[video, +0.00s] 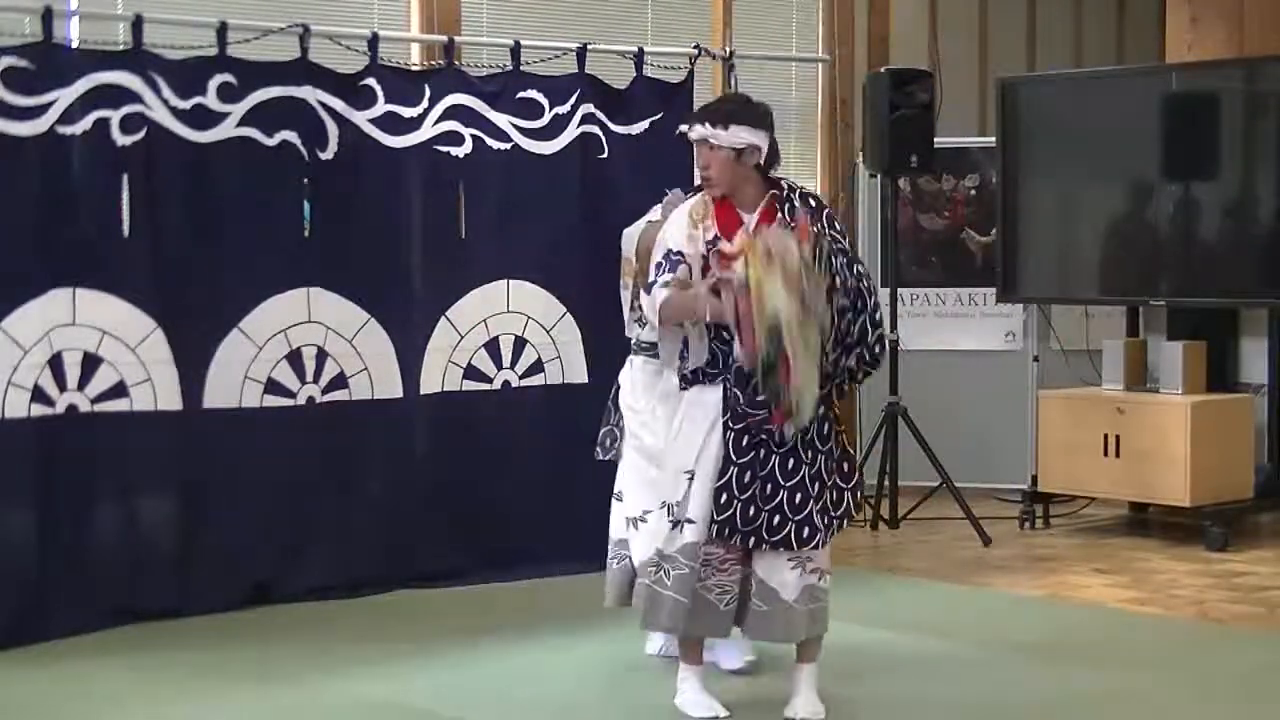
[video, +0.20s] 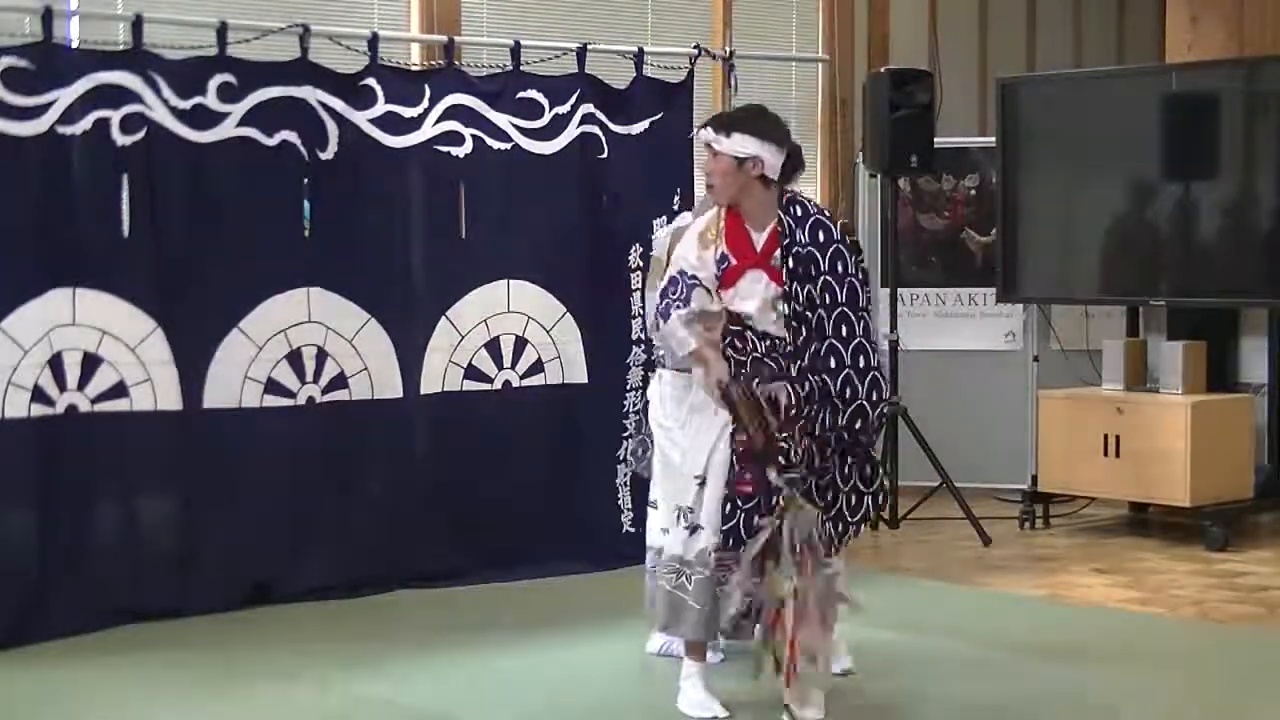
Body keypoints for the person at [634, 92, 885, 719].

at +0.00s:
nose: (699, 162)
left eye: (709, 151)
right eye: (698, 150)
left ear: (748, 155)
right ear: (710, 154)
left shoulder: (809, 217)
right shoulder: (689, 220)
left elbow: (854, 307)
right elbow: (657, 305)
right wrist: (714, 303)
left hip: (798, 398)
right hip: (716, 397)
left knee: (805, 540)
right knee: (711, 539)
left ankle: (806, 682)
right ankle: (691, 674)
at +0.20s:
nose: (704, 168)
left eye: (713, 158)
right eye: (705, 157)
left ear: (751, 167)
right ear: (737, 165)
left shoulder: (814, 234)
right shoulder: (704, 234)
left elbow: (848, 338)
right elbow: (666, 317)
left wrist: (798, 388)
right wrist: (700, 343)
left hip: (808, 412)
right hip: (726, 408)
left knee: (816, 542)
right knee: (717, 536)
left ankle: (808, 684)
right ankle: (694, 670)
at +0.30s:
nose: (709, 172)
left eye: (719, 162)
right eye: (711, 161)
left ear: (756, 172)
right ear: (741, 170)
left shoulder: (823, 240)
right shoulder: (706, 238)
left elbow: (850, 343)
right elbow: (676, 321)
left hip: (804, 409)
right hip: (720, 403)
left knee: (808, 536)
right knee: (710, 533)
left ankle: (807, 681)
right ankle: (700, 673)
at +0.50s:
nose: (716, 170)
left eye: (725, 160)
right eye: (717, 158)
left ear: (762, 168)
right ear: (748, 166)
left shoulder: (820, 240)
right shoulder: (730, 233)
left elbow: (843, 347)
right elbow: (694, 316)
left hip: (799, 417)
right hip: (730, 408)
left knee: (799, 547)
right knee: (713, 535)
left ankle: (804, 683)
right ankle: (719, 668)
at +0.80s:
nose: (703, 173)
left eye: (712, 162)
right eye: (705, 160)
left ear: (747, 170)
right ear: (739, 168)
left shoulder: (799, 237)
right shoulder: (735, 234)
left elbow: (810, 358)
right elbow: (737, 319)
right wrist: (717, 363)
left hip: (817, 420)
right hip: (766, 414)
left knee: (797, 553)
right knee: (720, 539)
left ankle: (803, 692)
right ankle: (701, 678)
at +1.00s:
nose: (702, 181)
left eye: (711, 169)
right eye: (698, 169)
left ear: (749, 168)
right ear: (714, 170)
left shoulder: (790, 232)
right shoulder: (733, 232)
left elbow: (790, 348)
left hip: (788, 427)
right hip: (745, 421)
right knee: (761, 553)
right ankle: (807, 692)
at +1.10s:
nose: (709, 186)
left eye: (717, 172)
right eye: (704, 174)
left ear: (752, 165)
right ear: (719, 169)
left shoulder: (789, 221)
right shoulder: (744, 226)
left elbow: (771, 331)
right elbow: (718, 302)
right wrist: (670, 334)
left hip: (814, 418)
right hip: (754, 415)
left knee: (805, 549)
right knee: (722, 538)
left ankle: (803, 687)